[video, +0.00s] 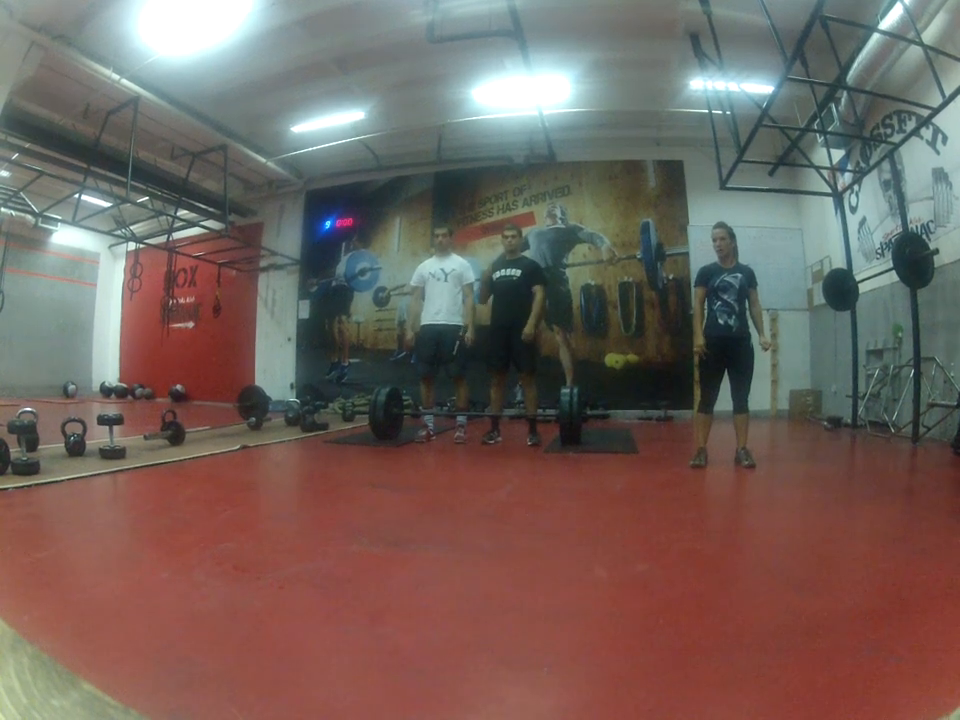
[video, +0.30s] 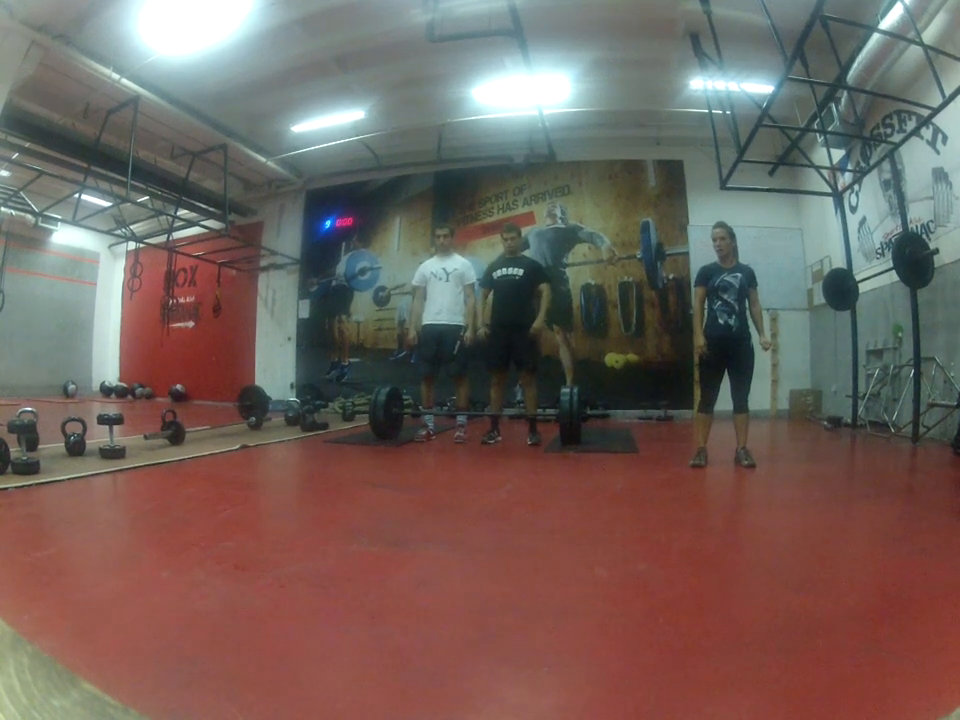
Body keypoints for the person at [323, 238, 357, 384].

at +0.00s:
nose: (352, 243)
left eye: (354, 241)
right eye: (352, 241)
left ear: (357, 242)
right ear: (351, 241)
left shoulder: (359, 257)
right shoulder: (345, 257)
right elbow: (336, 274)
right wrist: (319, 280)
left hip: (345, 289)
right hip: (334, 289)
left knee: (342, 325)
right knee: (332, 326)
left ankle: (345, 363)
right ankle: (334, 362)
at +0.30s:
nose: (352, 243)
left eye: (355, 241)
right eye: (352, 241)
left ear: (357, 242)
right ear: (350, 242)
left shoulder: (358, 257)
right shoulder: (345, 257)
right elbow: (336, 275)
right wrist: (319, 281)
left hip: (345, 289)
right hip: (334, 289)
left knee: (342, 327)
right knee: (332, 327)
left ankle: (345, 363)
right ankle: (335, 362)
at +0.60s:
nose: (353, 243)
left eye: (355, 241)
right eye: (352, 241)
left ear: (358, 242)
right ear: (351, 242)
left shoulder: (358, 257)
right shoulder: (345, 257)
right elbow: (337, 274)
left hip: (345, 289)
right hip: (334, 289)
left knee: (342, 326)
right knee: (332, 326)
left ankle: (345, 363)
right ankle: (335, 361)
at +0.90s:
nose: (353, 243)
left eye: (355, 240)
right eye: (352, 240)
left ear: (359, 242)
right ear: (351, 242)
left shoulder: (359, 256)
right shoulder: (346, 257)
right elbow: (336, 272)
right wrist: (319, 279)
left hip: (345, 288)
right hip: (334, 288)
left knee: (342, 326)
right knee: (332, 326)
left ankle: (345, 363)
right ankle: (335, 362)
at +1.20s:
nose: (353, 243)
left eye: (355, 240)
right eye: (352, 240)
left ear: (359, 242)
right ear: (351, 242)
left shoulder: (360, 256)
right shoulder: (346, 256)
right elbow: (335, 272)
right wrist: (319, 279)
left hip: (345, 288)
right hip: (334, 288)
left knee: (342, 325)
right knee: (332, 326)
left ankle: (345, 363)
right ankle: (335, 362)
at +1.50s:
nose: (353, 244)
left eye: (355, 241)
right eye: (352, 241)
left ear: (358, 242)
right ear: (350, 242)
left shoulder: (360, 256)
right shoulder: (346, 257)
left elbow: (363, 272)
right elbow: (336, 273)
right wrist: (319, 279)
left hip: (345, 289)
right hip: (334, 288)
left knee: (342, 326)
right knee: (332, 326)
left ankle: (345, 363)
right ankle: (335, 361)